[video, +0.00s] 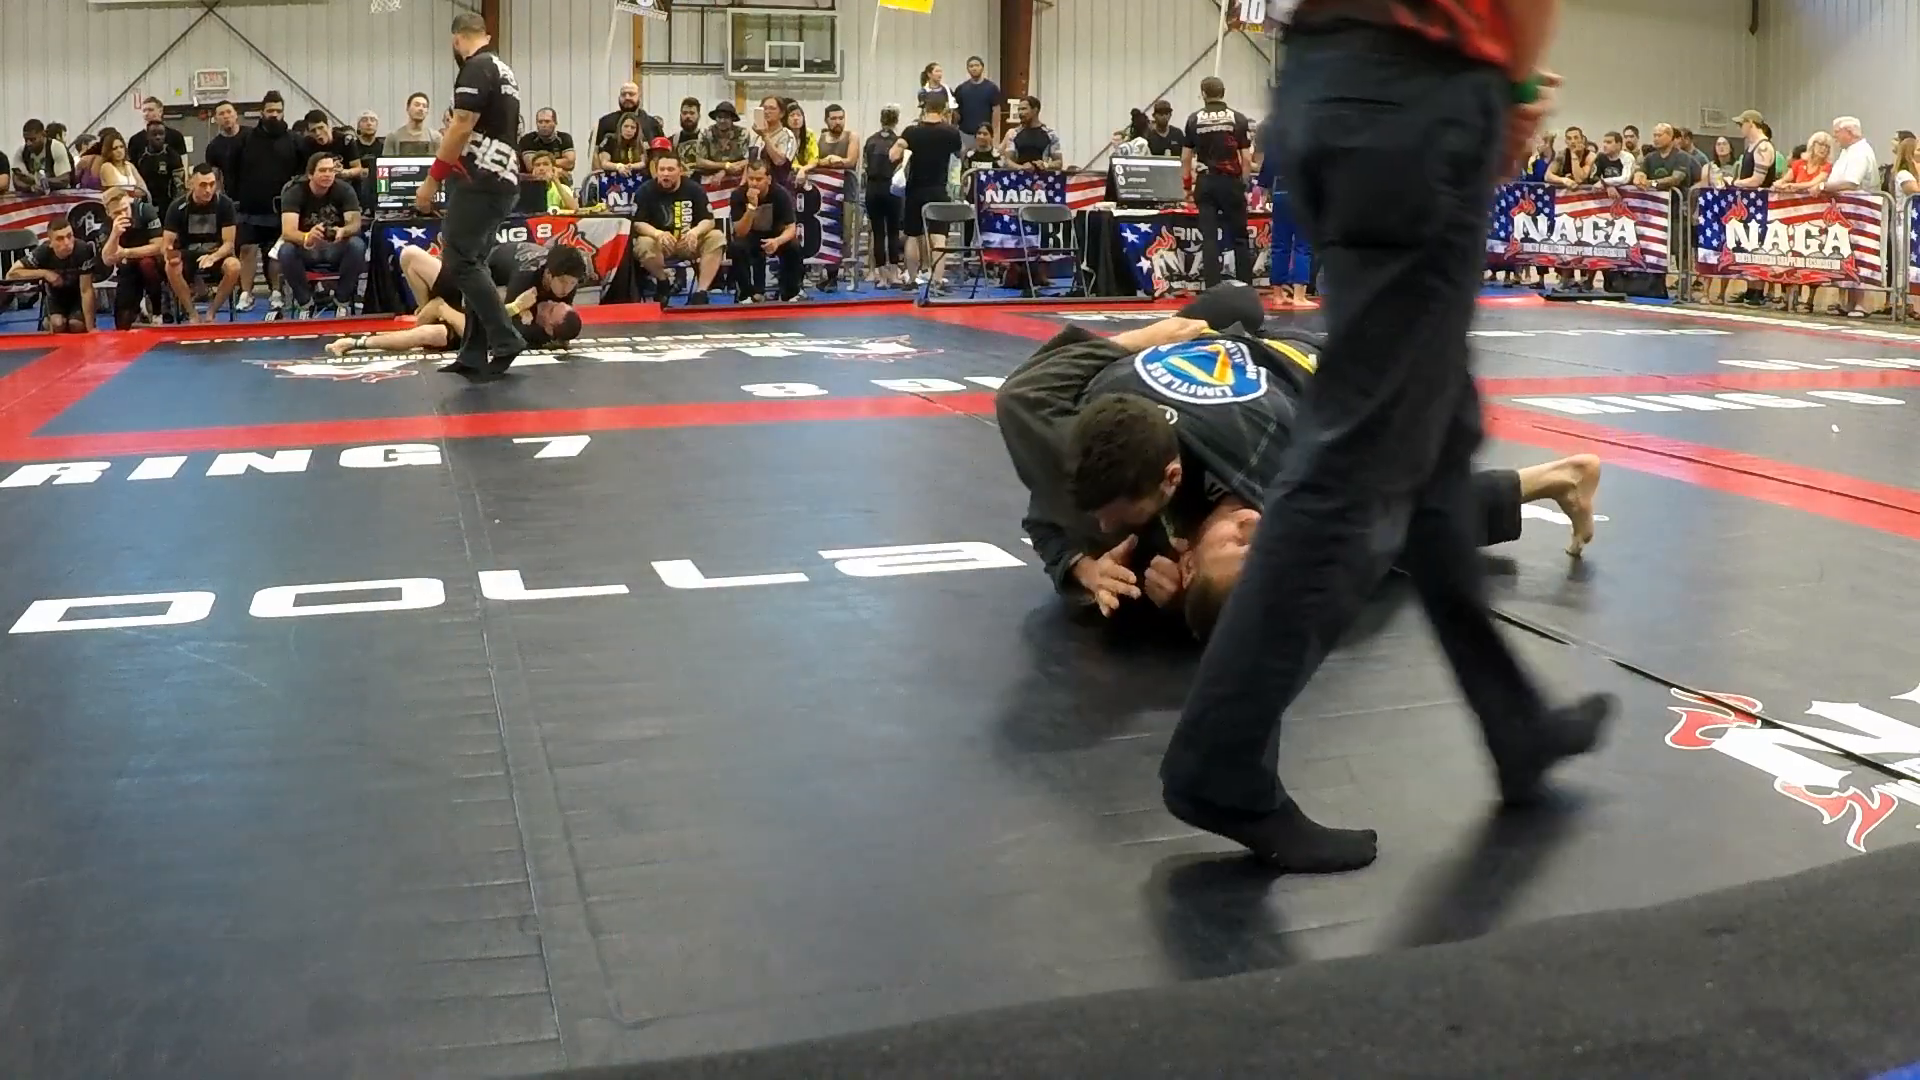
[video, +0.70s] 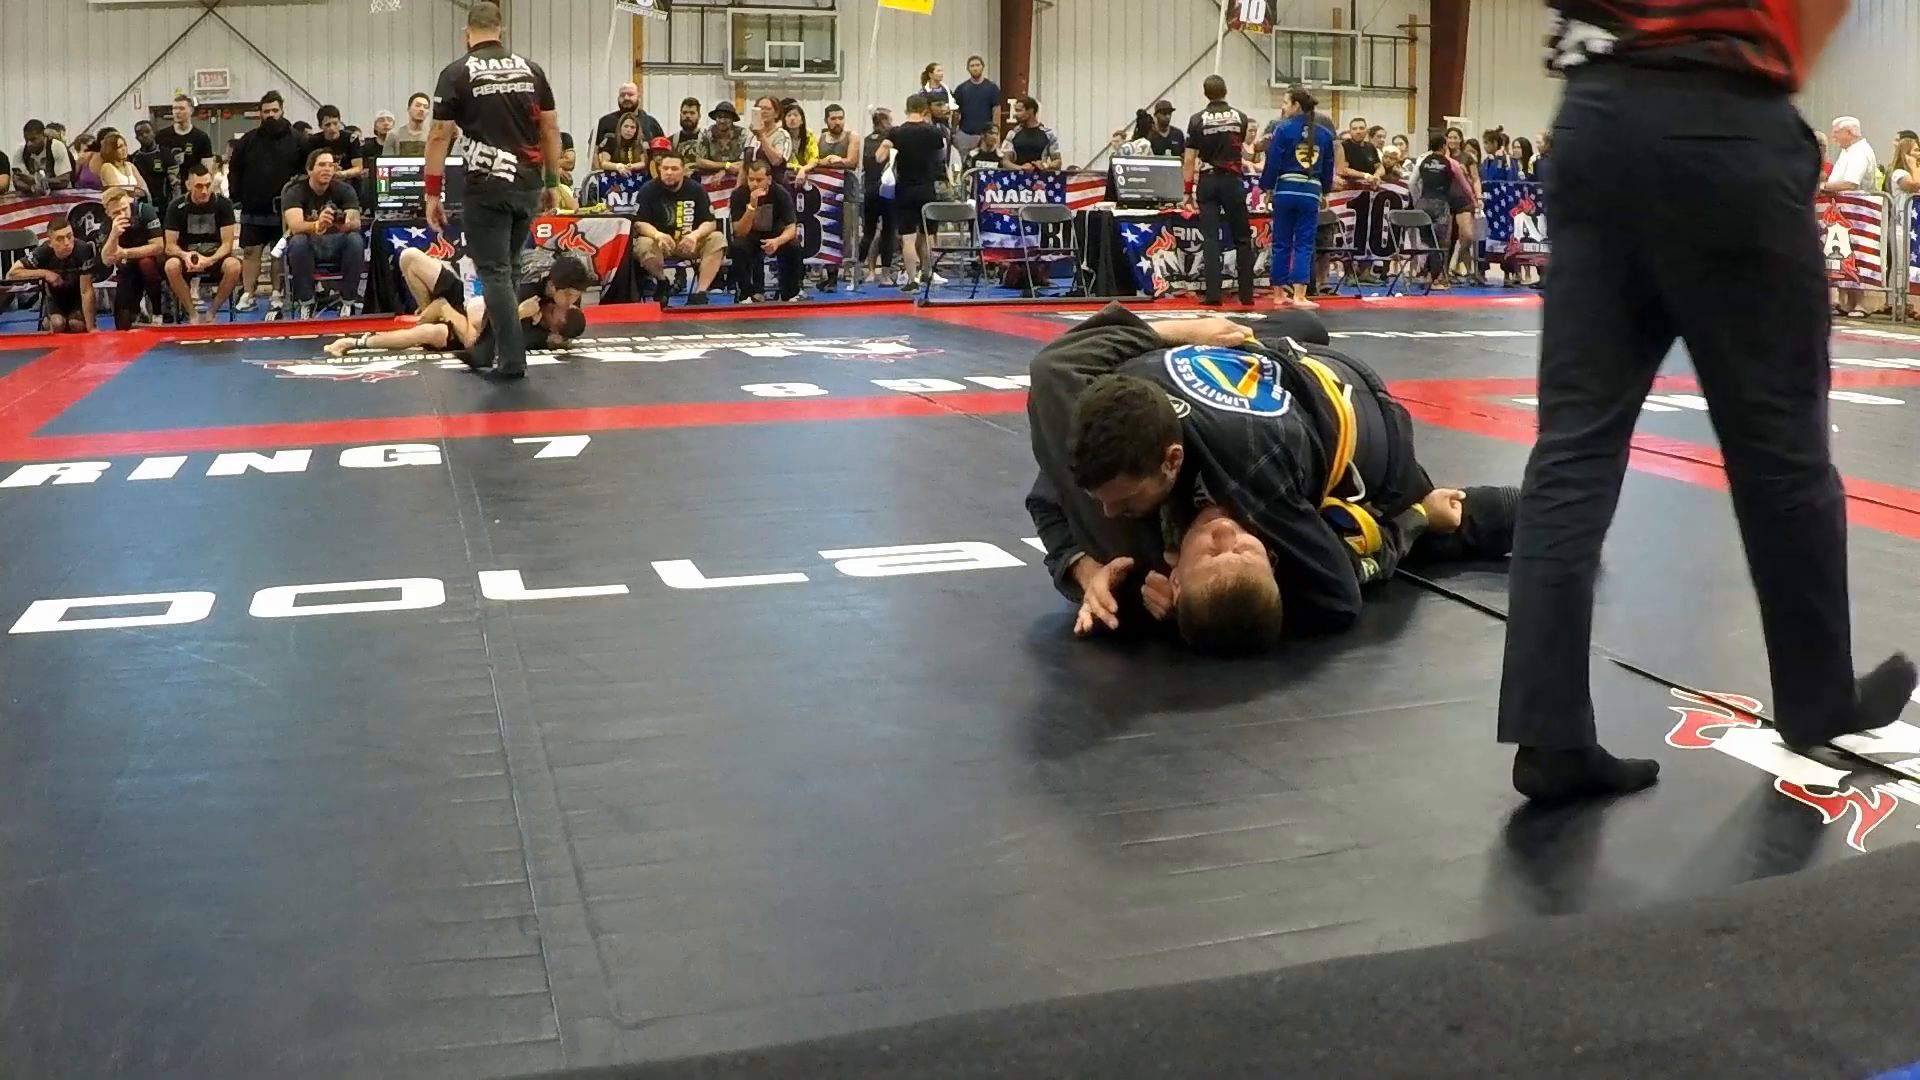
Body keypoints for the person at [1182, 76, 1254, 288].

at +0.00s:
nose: (1204, 96)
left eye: (1203, 93)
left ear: (1203, 95)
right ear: (1223, 93)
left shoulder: (1193, 120)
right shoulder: (1238, 119)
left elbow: (1186, 158)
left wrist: (1187, 186)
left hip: (1206, 181)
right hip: (1232, 180)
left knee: (1209, 238)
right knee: (1240, 238)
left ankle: (1212, 289)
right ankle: (1245, 288)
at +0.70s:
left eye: (1206, 91)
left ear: (1205, 94)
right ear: (1226, 92)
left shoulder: (1197, 120)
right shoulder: (1241, 118)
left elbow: (1189, 159)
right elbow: (1244, 145)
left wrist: (1188, 191)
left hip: (1207, 180)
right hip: (1233, 180)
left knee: (1210, 238)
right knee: (1243, 238)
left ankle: (1213, 295)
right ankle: (1246, 295)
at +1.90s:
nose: (1213, 96)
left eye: (1212, 93)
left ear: (1212, 94)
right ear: (1231, 93)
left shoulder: (1201, 118)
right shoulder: (1246, 118)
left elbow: (1194, 157)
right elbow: (1252, 156)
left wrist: (1194, 184)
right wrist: (1239, 160)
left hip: (1209, 178)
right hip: (1235, 180)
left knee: (1211, 238)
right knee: (1238, 239)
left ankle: (1212, 295)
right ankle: (1233, 295)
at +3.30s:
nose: (1229, 98)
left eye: (1228, 95)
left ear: (1228, 96)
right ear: (1247, 95)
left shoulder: (1220, 120)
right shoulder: (1260, 120)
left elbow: (1212, 155)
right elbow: (1255, 149)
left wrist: (1204, 180)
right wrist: (1247, 168)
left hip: (1222, 178)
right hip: (1245, 181)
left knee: (1213, 199)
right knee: (1239, 238)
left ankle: (1232, 232)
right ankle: (1231, 293)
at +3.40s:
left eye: (1232, 93)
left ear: (1230, 96)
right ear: (1249, 96)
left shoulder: (1220, 119)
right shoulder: (1260, 120)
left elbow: (1210, 159)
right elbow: (1257, 150)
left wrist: (1199, 172)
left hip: (1221, 179)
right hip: (1244, 182)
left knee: (1212, 196)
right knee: (1239, 239)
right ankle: (1231, 293)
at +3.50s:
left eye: (1236, 93)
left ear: (1232, 96)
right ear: (1251, 97)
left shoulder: (1221, 119)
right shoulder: (1261, 121)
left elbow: (1210, 155)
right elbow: (1259, 151)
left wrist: (1199, 170)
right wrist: (1246, 165)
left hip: (1220, 178)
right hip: (1244, 182)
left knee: (1210, 198)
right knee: (1238, 239)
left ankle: (1227, 222)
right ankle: (1231, 292)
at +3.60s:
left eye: (1235, 94)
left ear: (1232, 97)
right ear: (1252, 98)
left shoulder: (1221, 120)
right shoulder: (1261, 122)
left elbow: (1210, 154)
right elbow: (1259, 152)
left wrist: (1200, 172)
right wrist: (1247, 164)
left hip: (1220, 178)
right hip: (1244, 182)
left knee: (1206, 197)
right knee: (1239, 239)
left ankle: (1228, 221)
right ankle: (1231, 292)